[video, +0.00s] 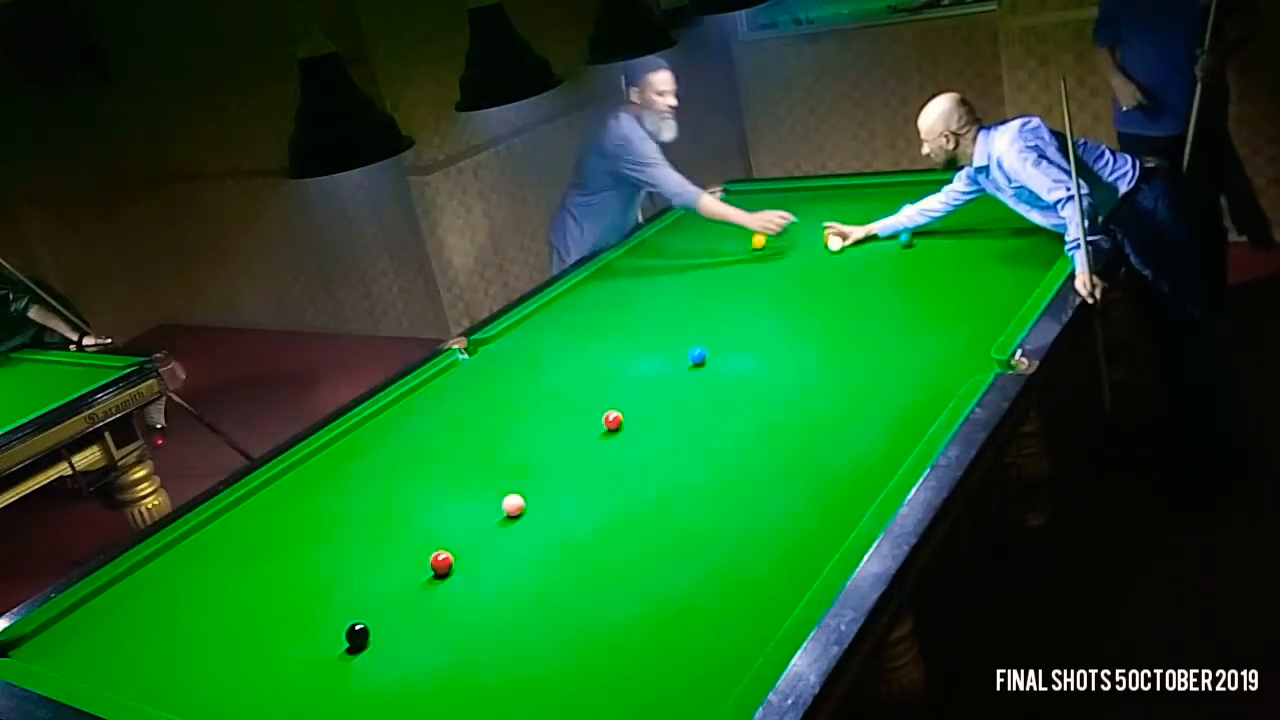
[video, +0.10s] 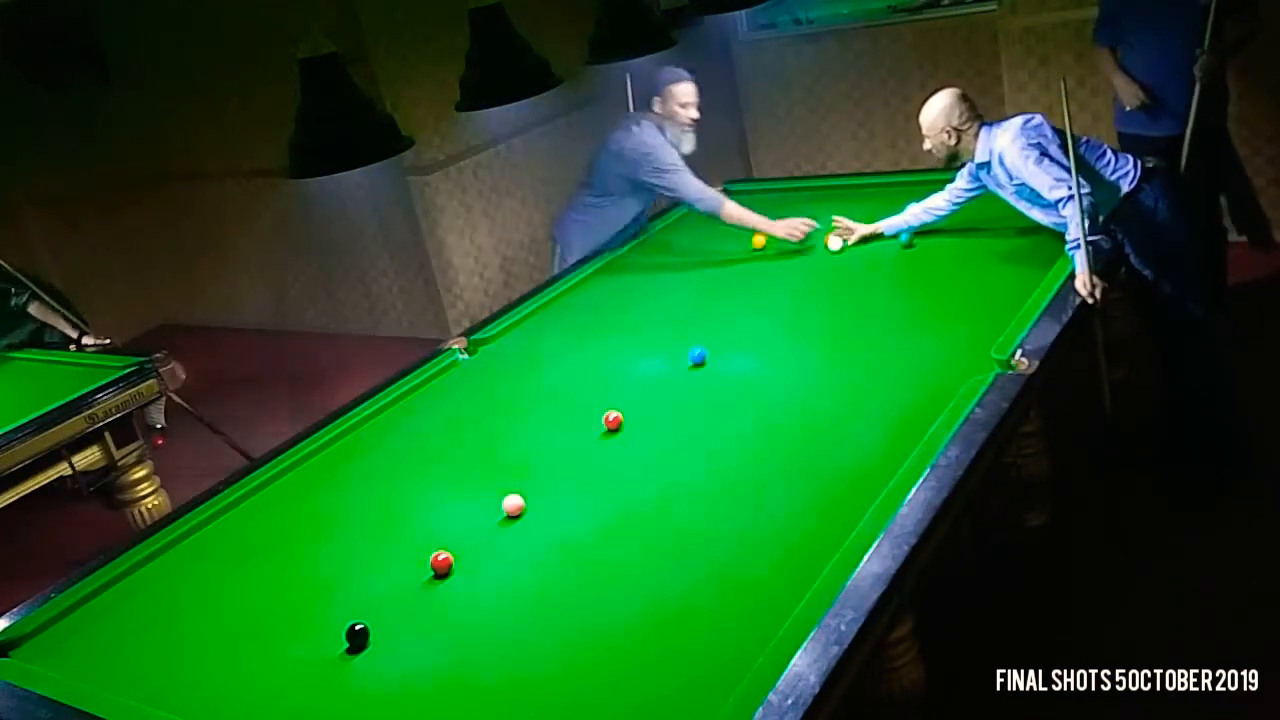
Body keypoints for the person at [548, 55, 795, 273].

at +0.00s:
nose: (672, 103)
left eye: (673, 94)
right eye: (662, 94)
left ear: (674, 91)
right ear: (634, 95)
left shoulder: (641, 124)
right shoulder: (622, 132)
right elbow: (679, 192)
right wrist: (749, 219)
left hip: (616, 233)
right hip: (582, 243)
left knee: (614, 310)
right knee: (580, 320)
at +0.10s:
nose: (693, 116)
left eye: (695, 107)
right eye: (684, 107)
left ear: (697, 104)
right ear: (657, 106)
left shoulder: (656, 131)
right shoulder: (643, 142)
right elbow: (702, 198)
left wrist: (700, 191)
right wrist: (771, 226)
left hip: (622, 230)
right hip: (586, 241)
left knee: (611, 312)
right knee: (577, 320)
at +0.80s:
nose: (713, 138)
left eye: (715, 128)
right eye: (704, 129)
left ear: (679, 125)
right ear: (678, 126)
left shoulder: (664, 137)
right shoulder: (659, 161)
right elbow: (684, 231)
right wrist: (751, 249)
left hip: (618, 230)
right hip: (587, 237)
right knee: (578, 316)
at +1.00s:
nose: (716, 141)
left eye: (718, 131)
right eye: (708, 132)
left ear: (683, 129)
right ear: (680, 130)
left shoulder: (670, 136)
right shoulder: (661, 163)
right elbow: (709, 226)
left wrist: (701, 185)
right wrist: (778, 242)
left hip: (625, 232)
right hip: (586, 239)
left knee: (614, 311)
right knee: (577, 318)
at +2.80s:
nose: (562, 88)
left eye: (562, 80)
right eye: (551, 84)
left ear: (565, 81)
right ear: (532, 93)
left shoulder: (565, 125)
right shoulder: (515, 141)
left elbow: (574, 175)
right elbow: (504, 211)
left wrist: (610, 194)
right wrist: (535, 263)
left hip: (590, 247)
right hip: (556, 263)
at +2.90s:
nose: (536, 101)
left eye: (538, 95)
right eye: (526, 97)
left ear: (543, 95)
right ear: (510, 103)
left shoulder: (544, 132)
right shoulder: (495, 146)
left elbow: (554, 179)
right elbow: (489, 219)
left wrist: (596, 197)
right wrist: (534, 264)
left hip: (572, 253)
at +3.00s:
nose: (519, 104)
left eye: (520, 98)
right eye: (508, 101)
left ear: (523, 100)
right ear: (490, 106)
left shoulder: (522, 139)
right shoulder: (472, 155)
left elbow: (536, 183)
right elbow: (476, 228)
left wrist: (583, 201)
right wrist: (530, 266)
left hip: (553, 274)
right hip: (509, 286)